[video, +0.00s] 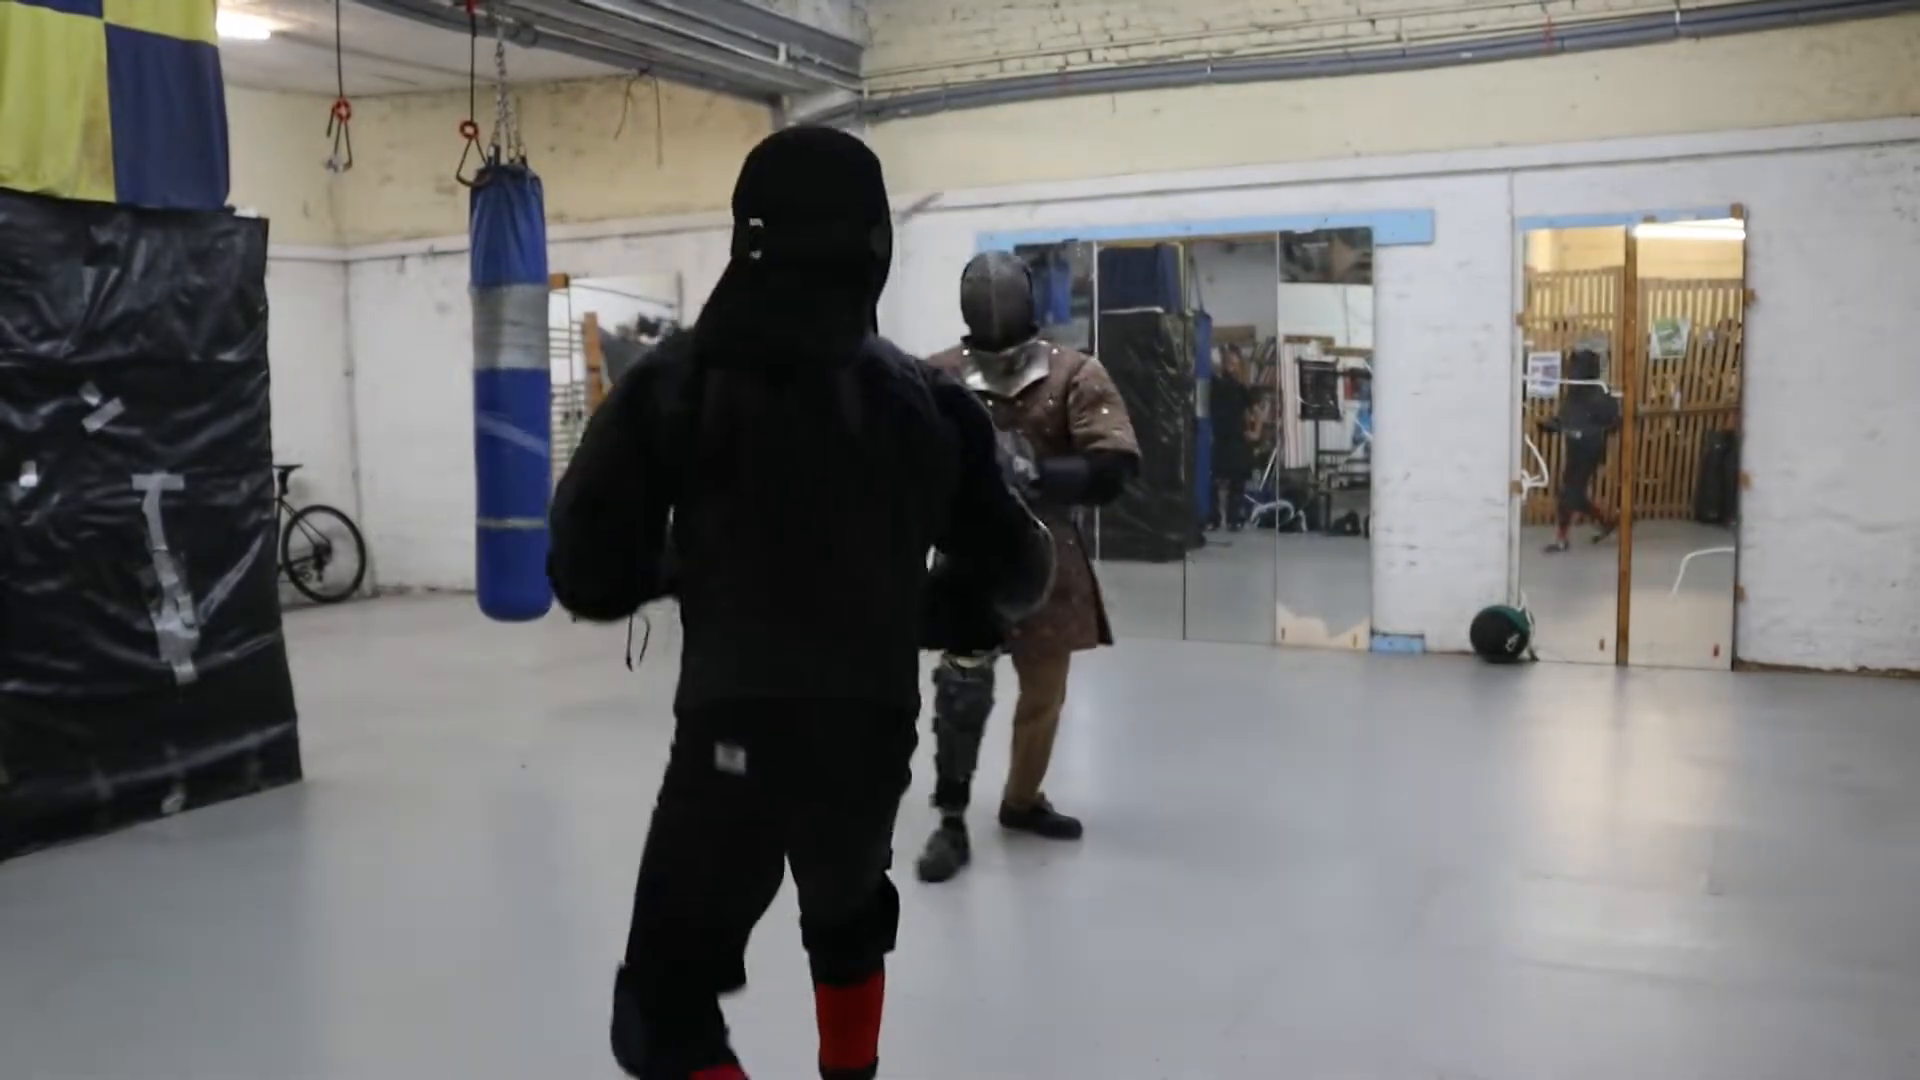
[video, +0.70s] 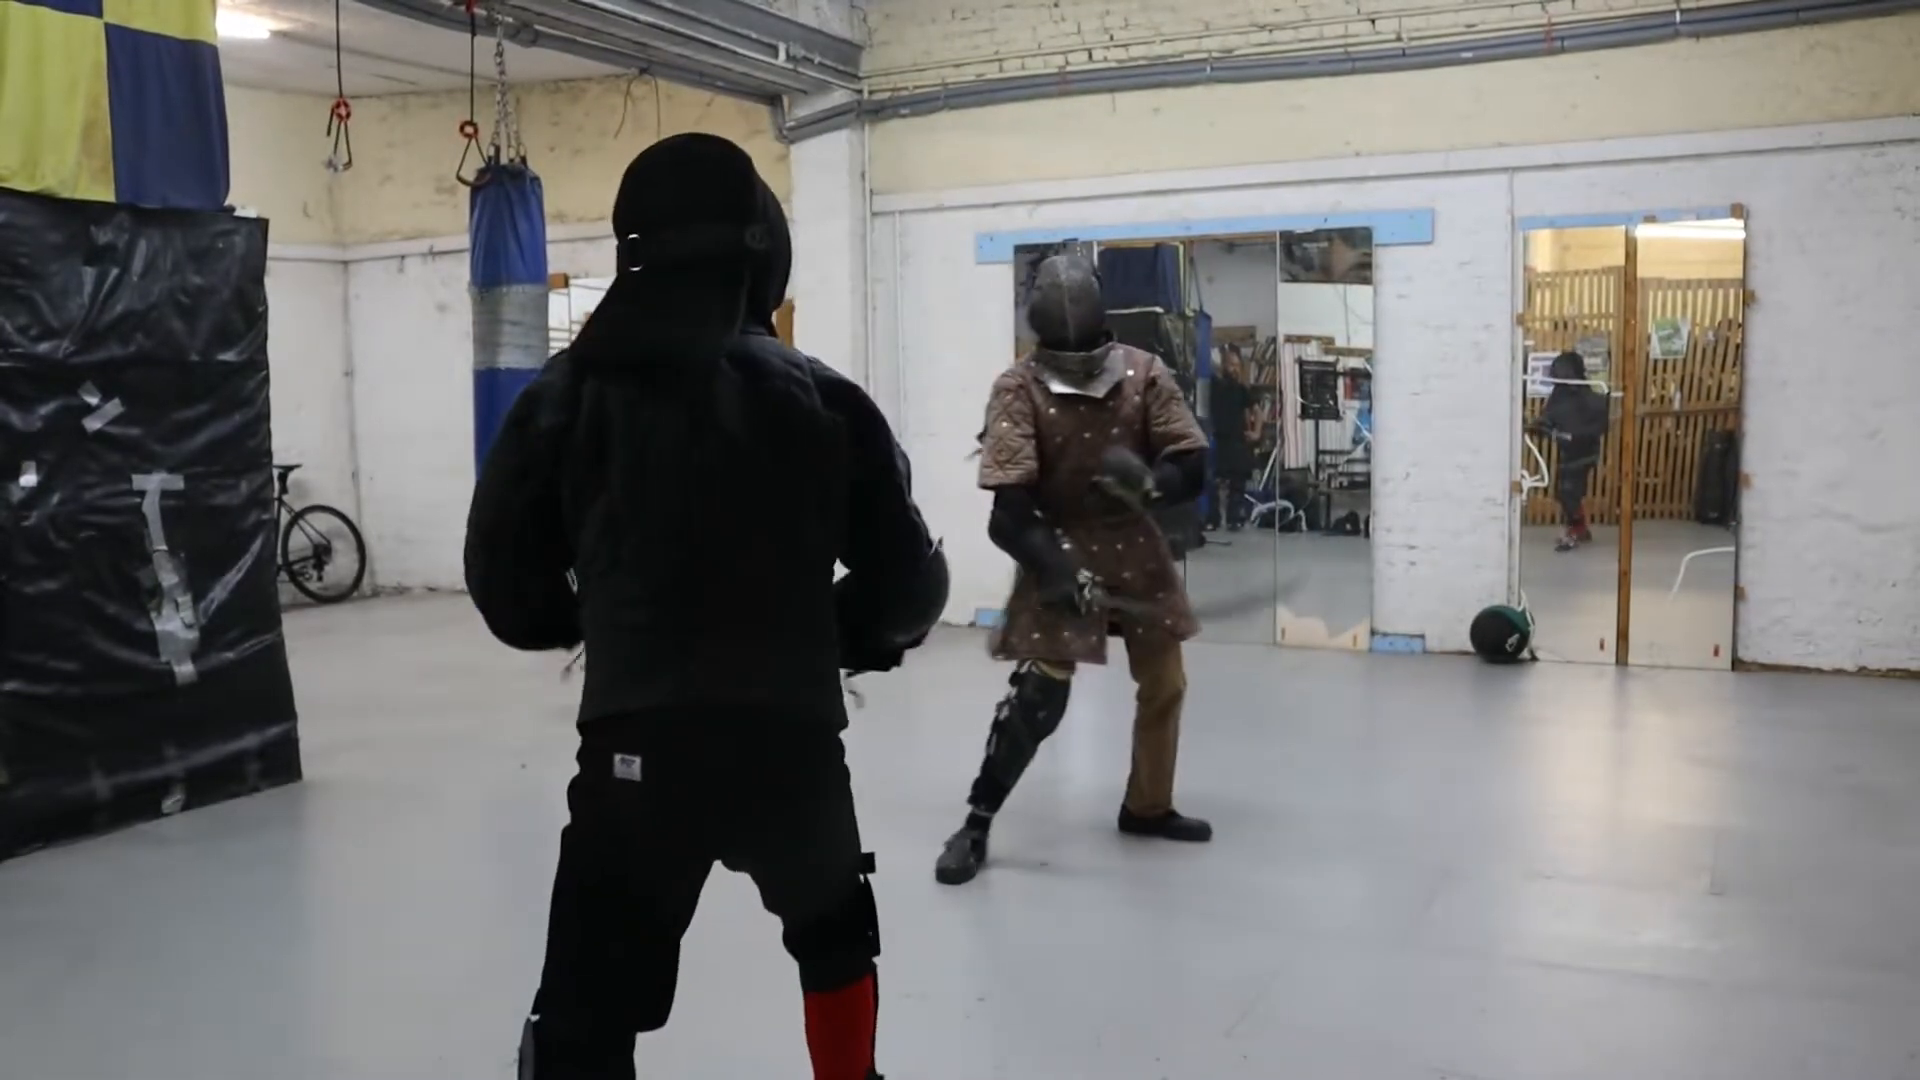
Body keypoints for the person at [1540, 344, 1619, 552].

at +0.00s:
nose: (1571, 373)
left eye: (1576, 368)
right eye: (1571, 368)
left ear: (1587, 370)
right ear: (1570, 370)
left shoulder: (1599, 396)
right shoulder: (1573, 395)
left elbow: (1612, 421)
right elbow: (1565, 419)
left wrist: (1589, 430)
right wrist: (1549, 425)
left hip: (1590, 448)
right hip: (1574, 446)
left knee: (1571, 491)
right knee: (1572, 491)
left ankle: (1562, 537)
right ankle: (1605, 521)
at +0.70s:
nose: (1558, 380)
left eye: (1562, 375)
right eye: (1557, 376)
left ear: (1573, 374)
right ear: (1556, 376)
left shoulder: (1591, 398)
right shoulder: (1558, 395)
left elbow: (1599, 426)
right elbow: (1549, 417)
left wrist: (1576, 433)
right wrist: (1541, 425)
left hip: (1585, 449)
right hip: (1566, 447)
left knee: (1571, 490)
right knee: (1565, 489)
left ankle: (1574, 531)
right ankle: (1579, 528)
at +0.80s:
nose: (1555, 377)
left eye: (1558, 372)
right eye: (1556, 372)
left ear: (1566, 373)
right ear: (1579, 371)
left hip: (1577, 446)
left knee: (1569, 489)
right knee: (1569, 489)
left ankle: (1578, 532)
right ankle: (1579, 530)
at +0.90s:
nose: (1556, 376)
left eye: (1560, 372)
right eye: (1557, 372)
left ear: (1564, 373)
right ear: (1581, 371)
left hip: (1574, 445)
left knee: (1568, 491)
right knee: (1569, 491)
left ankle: (1578, 532)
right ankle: (1578, 530)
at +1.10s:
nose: (1556, 374)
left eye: (1561, 370)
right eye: (1556, 369)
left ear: (1572, 371)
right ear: (1555, 371)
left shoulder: (1590, 397)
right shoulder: (1554, 394)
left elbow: (1598, 423)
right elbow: (1546, 419)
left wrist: (1576, 436)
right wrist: (1557, 432)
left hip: (1583, 446)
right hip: (1565, 445)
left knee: (1570, 489)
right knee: (1557, 488)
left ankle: (1576, 532)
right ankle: (1568, 529)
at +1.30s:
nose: (1551, 383)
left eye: (1556, 378)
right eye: (1550, 378)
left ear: (1567, 378)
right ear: (1550, 379)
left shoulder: (1581, 399)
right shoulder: (1549, 401)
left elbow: (1603, 419)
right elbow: (1539, 425)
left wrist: (1581, 427)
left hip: (1578, 453)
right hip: (1559, 453)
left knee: (1567, 492)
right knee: (1552, 493)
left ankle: (1574, 534)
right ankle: (1566, 529)